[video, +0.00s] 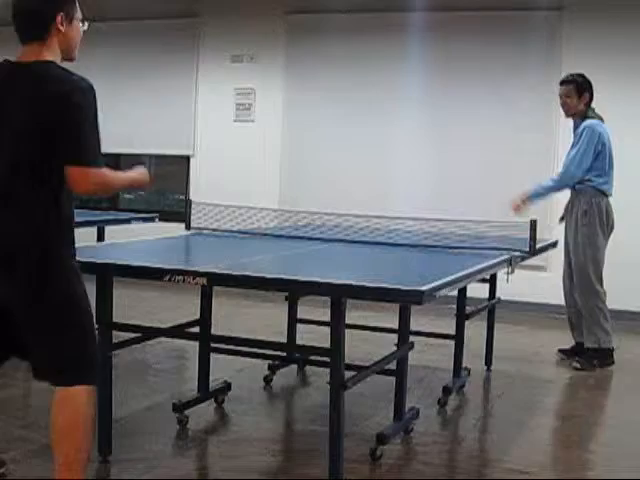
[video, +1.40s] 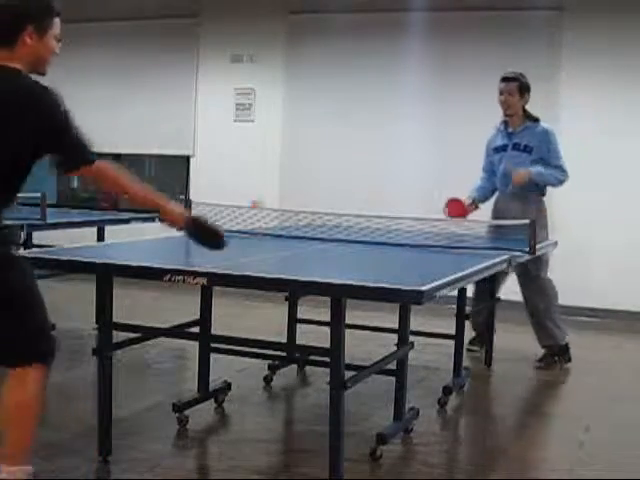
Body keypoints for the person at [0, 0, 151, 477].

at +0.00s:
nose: (83, 31)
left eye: (82, 20)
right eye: (80, 20)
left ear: (25, 25)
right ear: (60, 24)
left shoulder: (6, 77)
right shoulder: (70, 88)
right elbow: (83, 180)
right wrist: (132, 177)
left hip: (5, 250)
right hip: (39, 255)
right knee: (76, 370)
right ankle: (70, 475)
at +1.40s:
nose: (57, 49)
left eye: (58, 39)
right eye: (54, 38)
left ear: (18, 36)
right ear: (26, 37)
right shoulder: (30, 97)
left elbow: (87, 166)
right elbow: (91, 169)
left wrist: (167, 209)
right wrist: (170, 210)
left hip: (2, 248)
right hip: (0, 249)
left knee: (25, 351)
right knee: (29, 353)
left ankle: (14, 468)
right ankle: (12, 470)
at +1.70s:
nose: (81, 36)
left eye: (81, 25)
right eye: (79, 25)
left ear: (22, 25)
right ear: (59, 29)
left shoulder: (4, 70)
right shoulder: (73, 92)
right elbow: (110, 161)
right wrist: (137, 158)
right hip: (22, 255)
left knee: (21, 374)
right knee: (31, 379)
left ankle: (14, 467)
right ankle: (15, 473)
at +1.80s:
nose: (76, 33)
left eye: (77, 23)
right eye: (75, 22)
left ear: (22, 19)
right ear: (59, 23)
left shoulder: (2, 66)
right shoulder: (73, 89)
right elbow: (81, 173)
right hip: (26, 247)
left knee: (21, 367)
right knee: (28, 372)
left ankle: (15, 465)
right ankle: (17, 471)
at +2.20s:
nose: (70, 25)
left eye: (70, 17)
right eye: (70, 16)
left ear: (10, 15)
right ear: (58, 15)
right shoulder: (60, 71)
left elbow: (108, 133)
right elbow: (109, 133)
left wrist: (105, 195)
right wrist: (110, 195)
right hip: (18, 236)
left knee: (34, 359)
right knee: (36, 363)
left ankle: (13, 465)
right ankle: (13, 468)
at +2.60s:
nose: (80, 43)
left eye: (78, 34)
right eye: (79, 34)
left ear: (23, 34)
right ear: (68, 35)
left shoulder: (3, 78)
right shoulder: (62, 86)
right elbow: (69, 164)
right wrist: (104, 205)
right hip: (19, 258)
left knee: (28, 373)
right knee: (45, 380)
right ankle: (10, 471)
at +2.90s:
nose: (101, 40)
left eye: (101, 30)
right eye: (101, 30)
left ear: (44, 31)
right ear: (90, 32)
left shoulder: (12, 79)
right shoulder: (73, 84)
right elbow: (58, 164)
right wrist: (101, 213)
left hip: (7, 253)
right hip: (30, 259)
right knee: (94, 361)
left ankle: (80, 457)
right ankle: (79, 471)